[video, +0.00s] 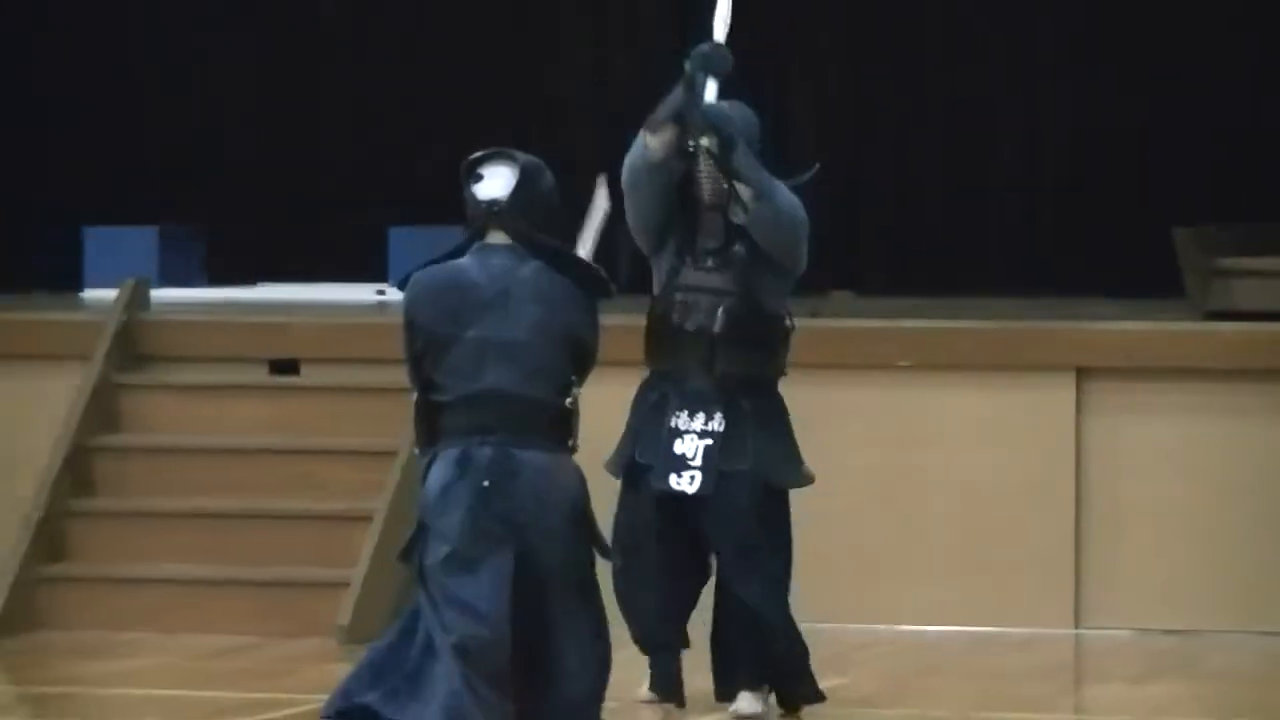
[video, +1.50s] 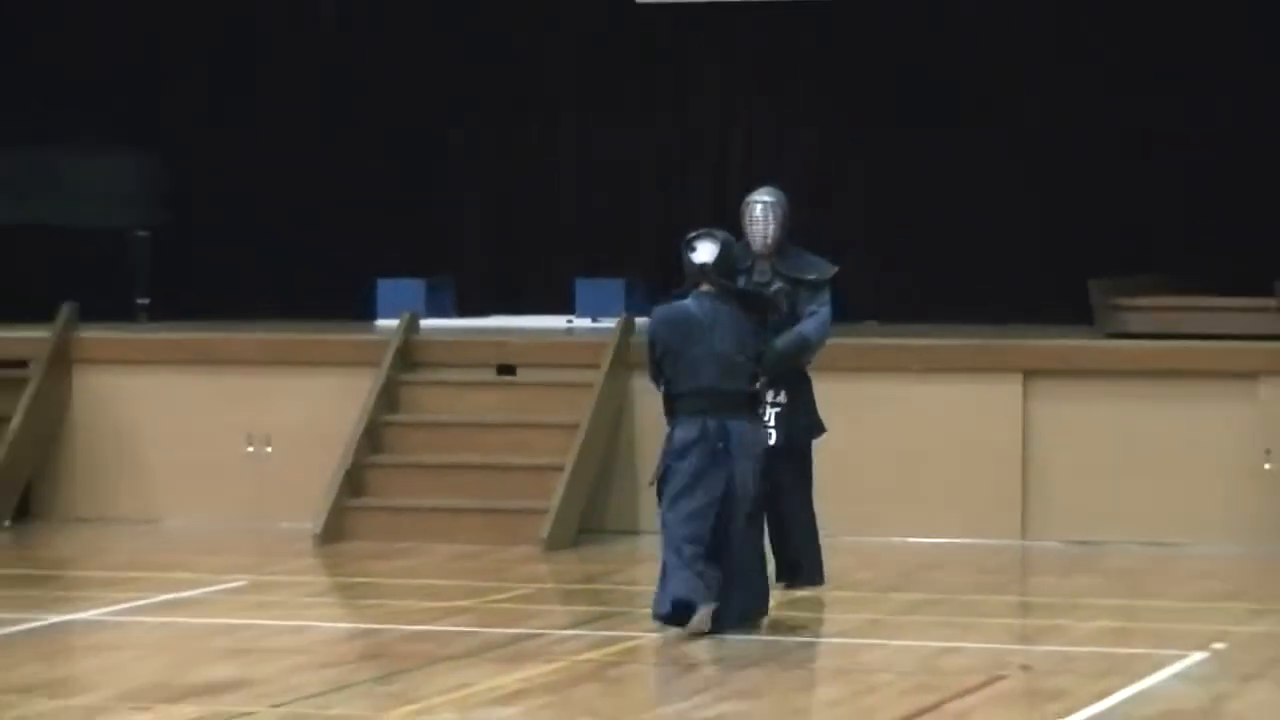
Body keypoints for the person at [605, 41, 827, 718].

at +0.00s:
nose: (705, 175)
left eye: (717, 161)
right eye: (697, 162)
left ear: (743, 161)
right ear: (685, 166)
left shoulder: (778, 228)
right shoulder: (664, 228)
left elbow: (781, 215)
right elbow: (639, 173)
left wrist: (735, 156)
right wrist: (677, 110)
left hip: (744, 401)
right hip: (667, 397)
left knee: (748, 548)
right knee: (648, 545)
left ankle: (754, 687)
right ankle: (662, 677)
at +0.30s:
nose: (760, 155)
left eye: (770, 146)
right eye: (752, 144)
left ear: (786, 155)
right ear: (736, 149)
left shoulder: (814, 223)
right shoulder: (704, 214)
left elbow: (820, 282)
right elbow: (688, 267)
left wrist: (758, 278)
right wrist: (727, 226)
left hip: (784, 382)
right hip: (713, 380)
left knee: (787, 519)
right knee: (703, 510)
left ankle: (788, 644)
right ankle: (714, 636)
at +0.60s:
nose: (818, 187)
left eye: (829, 177)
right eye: (810, 176)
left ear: (845, 183)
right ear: (798, 181)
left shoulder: (878, 249)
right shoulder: (764, 243)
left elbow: (892, 316)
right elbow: (749, 301)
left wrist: (836, 348)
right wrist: (791, 339)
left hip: (851, 387)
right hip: (786, 388)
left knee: (846, 500)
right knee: (782, 498)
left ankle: (840, 605)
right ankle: (780, 612)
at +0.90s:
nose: (795, 197)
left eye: (804, 187)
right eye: (788, 187)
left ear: (822, 193)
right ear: (776, 192)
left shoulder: (852, 250)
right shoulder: (748, 247)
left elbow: (861, 313)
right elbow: (729, 305)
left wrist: (808, 346)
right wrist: (764, 343)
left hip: (829, 381)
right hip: (769, 383)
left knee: (837, 484)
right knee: (775, 486)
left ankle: (831, 586)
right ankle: (776, 594)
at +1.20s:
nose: (771, 206)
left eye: (779, 197)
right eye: (764, 197)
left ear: (795, 203)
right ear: (752, 201)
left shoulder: (820, 255)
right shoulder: (733, 253)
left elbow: (830, 311)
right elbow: (715, 306)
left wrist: (779, 343)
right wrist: (745, 342)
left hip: (798, 379)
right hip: (745, 378)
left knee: (808, 478)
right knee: (753, 480)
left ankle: (811, 572)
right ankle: (756, 581)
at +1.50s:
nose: (762, 225)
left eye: (770, 216)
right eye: (755, 215)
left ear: (783, 221)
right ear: (743, 220)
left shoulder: (807, 272)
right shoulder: (726, 270)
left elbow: (816, 325)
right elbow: (705, 319)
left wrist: (771, 357)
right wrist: (735, 358)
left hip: (785, 393)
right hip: (734, 394)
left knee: (790, 492)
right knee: (739, 491)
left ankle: (800, 578)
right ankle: (740, 582)